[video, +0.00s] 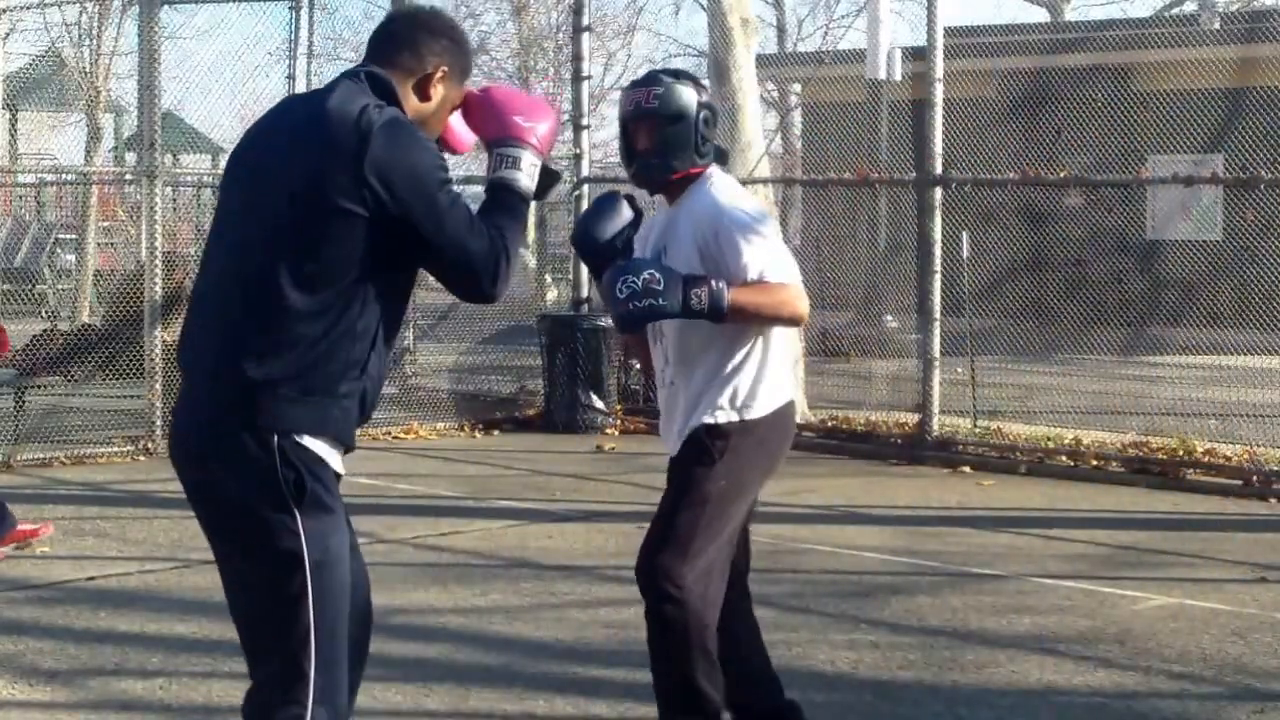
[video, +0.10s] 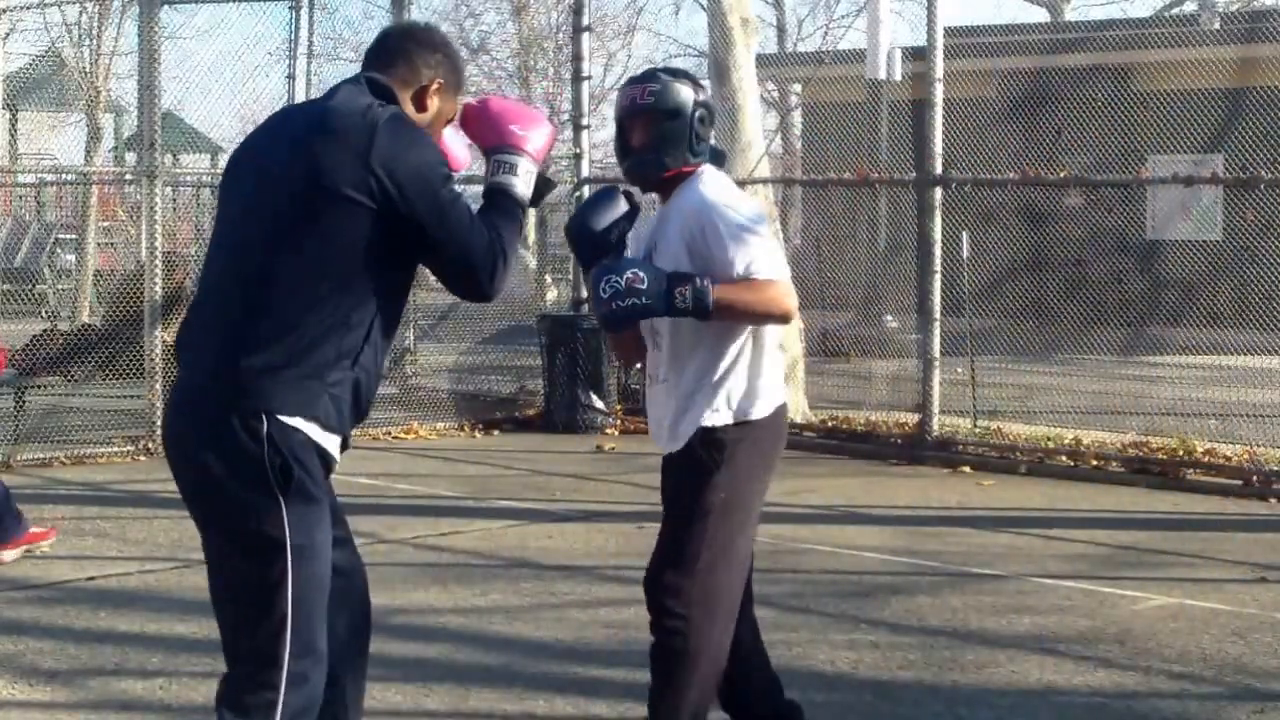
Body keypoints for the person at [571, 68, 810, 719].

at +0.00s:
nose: (639, 141)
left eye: (653, 126)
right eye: (631, 128)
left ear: (688, 130)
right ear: (626, 138)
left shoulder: (725, 206)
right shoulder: (653, 223)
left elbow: (793, 304)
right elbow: (648, 346)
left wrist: (693, 293)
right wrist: (612, 271)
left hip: (745, 417)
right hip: (697, 419)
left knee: (670, 571)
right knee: (718, 591)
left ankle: (696, 711)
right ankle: (765, 712)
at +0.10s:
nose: (632, 139)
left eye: (646, 124)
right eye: (626, 125)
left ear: (683, 128)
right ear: (625, 137)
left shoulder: (714, 200)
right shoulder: (655, 222)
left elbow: (779, 301)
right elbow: (632, 349)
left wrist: (673, 291)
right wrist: (604, 270)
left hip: (736, 425)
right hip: (692, 429)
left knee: (684, 593)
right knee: (717, 600)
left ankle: (675, 712)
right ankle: (765, 712)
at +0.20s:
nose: (623, 137)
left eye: (636, 122)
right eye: (619, 124)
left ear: (675, 126)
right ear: (625, 133)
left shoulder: (706, 200)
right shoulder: (649, 222)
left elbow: (772, 308)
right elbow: (626, 353)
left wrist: (661, 289)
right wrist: (598, 273)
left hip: (722, 427)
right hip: (681, 428)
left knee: (659, 590)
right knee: (709, 592)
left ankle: (669, 713)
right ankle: (764, 712)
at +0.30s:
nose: (620, 135)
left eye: (637, 121)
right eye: (615, 121)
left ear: (676, 126)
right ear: (610, 127)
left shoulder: (694, 201)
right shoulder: (634, 215)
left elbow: (713, 312)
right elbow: (608, 347)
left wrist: (625, 266)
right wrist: (582, 273)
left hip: (708, 425)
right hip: (678, 424)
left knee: (631, 590)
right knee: (720, 584)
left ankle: (650, 713)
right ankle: (766, 710)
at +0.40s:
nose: (592, 131)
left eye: (609, 117)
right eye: (591, 117)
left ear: (649, 126)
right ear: (666, 129)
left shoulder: (654, 200)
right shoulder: (653, 198)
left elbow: (578, 223)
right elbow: (613, 319)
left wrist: (488, 184)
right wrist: (557, 252)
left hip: (708, 422)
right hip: (719, 413)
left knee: (634, 587)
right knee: (716, 565)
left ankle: (646, 712)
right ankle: (760, 701)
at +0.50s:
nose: (579, 129)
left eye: (595, 115)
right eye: (578, 114)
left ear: (643, 121)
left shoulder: (643, 192)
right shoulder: (657, 188)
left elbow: (551, 224)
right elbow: (587, 276)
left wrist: (446, 190)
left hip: (700, 418)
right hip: (714, 408)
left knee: (633, 591)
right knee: (716, 587)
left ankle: (650, 712)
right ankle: (760, 710)